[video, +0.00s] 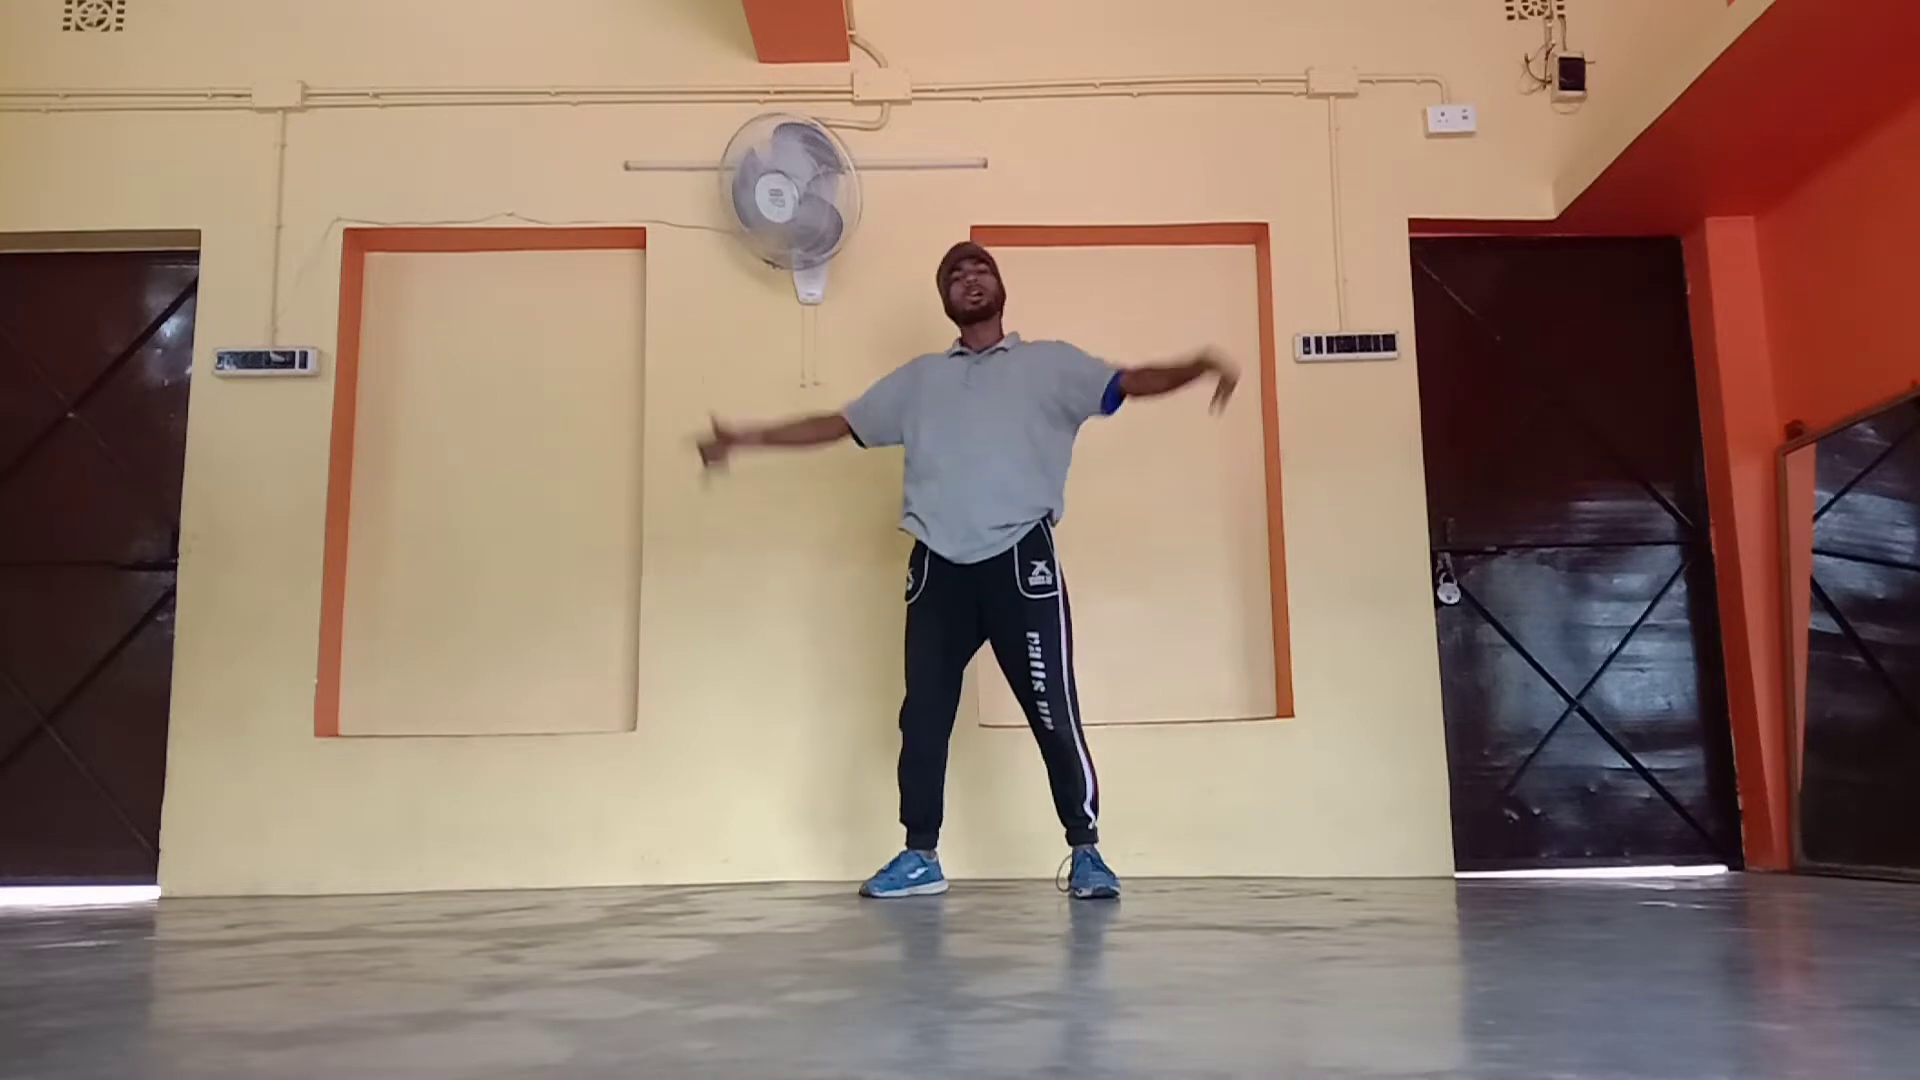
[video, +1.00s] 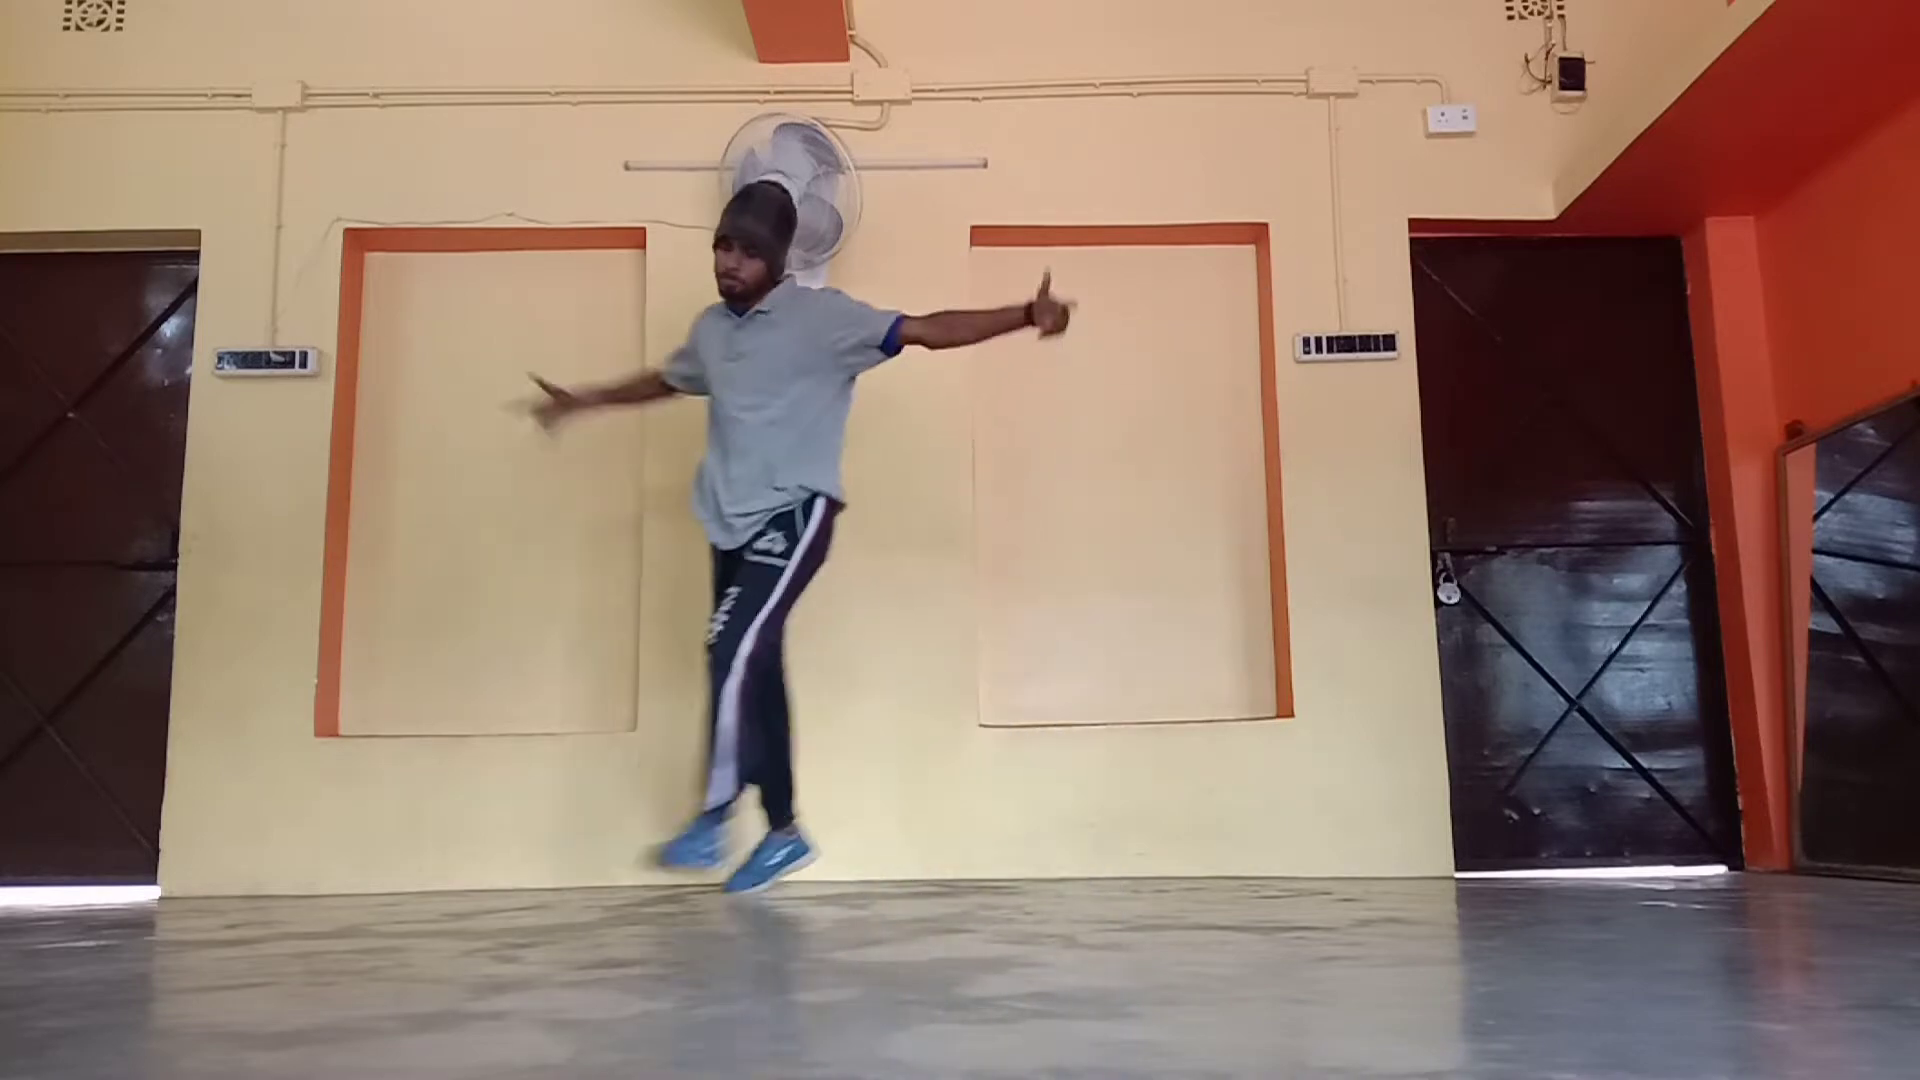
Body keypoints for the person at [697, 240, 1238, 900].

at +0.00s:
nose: (970, 274)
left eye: (981, 268)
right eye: (956, 272)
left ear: (1001, 290)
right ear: (944, 301)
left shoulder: (1048, 362)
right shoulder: (920, 379)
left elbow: (1125, 383)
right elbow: (838, 424)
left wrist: (1197, 368)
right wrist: (744, 438)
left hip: (1023, 561)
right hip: (939, 567)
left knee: (1052, 709)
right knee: (924, 712)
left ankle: (1085, 854)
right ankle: (920, 854)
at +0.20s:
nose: (955, 280)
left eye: (965, 270)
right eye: (942, 277)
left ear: (989, 285)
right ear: (934, 301)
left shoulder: (1037, 360)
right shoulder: (923, 382)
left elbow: (1053, 464)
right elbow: (913, 484)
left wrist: (1055, 560)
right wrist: (898, 563)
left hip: (1019, 558)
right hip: (942, 567)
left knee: (1053, 712)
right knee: (922, 716)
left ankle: (1086, 851)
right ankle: (920, 854)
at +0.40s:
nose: (900, 289)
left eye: (911, 278)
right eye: (888, 286)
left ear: (938, 291)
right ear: (882, 310)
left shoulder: (985, 349)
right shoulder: (896, 397)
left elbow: (1054, 425)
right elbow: (906, 486)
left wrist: (1003, 516)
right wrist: (879, 535)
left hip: (1014, 552)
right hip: (944, 566)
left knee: (1045, 701)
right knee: (904, 700)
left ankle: (1086, 847)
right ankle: (898, 845)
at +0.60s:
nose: (790, 344)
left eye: (803, 332)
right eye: (780, 339)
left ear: (833, 340)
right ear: (776, 358)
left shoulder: (882, 389)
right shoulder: (819, 443)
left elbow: (972, 443)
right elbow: (877, 516)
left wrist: (997, 550)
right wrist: (872, 601)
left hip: (977, 575)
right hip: (913, 594)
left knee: (1039, 703)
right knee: (884, 713)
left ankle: (1083, 841)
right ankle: (862, 853)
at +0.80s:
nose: (743, 318)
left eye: (757, 307)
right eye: (739, 307)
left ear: (790, 316)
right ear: (736, 318)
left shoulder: (831, 369)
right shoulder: (764, 408)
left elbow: (928, 410)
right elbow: (799, 495)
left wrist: (1009, 473)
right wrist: (792, 560)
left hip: (877, 557)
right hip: (820, 577)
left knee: (873, 712)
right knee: (790, 724)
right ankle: (848, 853)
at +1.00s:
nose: (727, 264)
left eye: (745, 253)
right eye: (721, 249)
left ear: (779, 261)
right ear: (713, 248)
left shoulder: (821, 315)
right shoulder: (712, 330)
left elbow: (927, 329)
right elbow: (663, 381)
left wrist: (1027, 315)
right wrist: (580, 399)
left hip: (798, 509)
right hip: (731, 518)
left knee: (733, 641)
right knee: (751, 664)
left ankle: (714, 816)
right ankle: (785, 830)